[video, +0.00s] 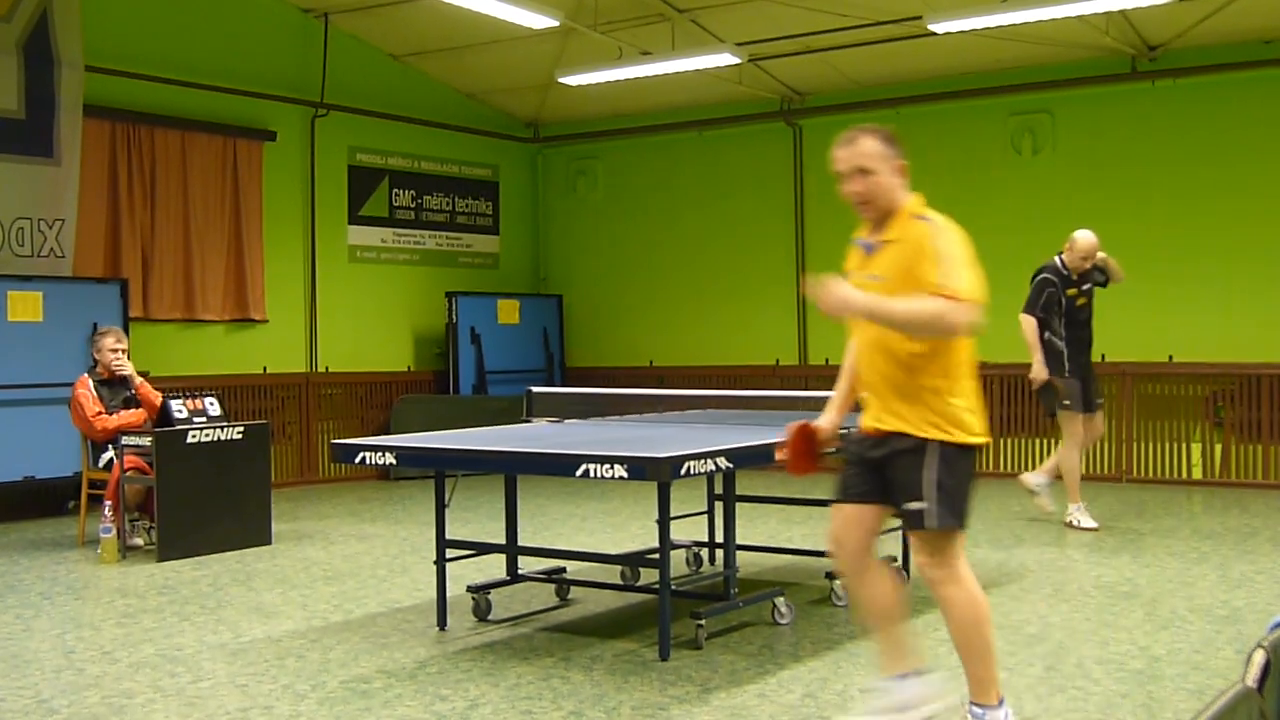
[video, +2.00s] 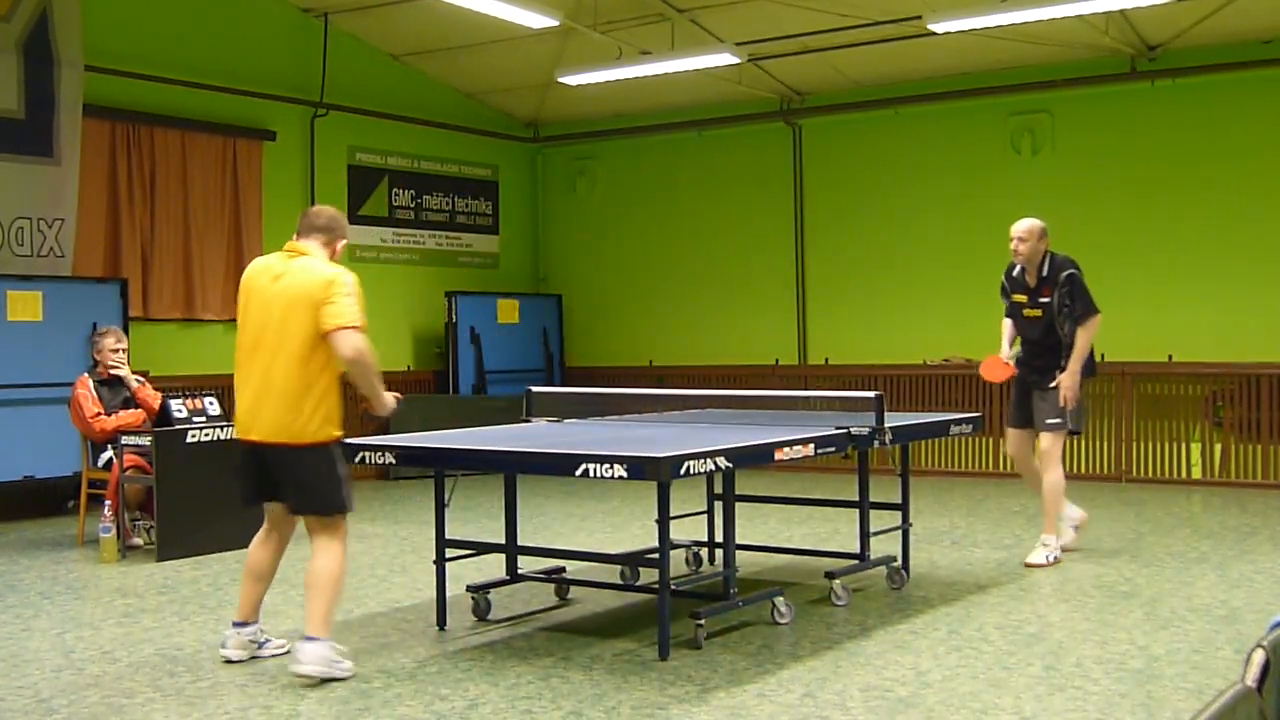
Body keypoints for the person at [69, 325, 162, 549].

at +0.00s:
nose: (120, 357)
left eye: (123, 352)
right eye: (113, 351)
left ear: (128, 355)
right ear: (96, 355)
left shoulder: (133, 381)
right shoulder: (84, 385)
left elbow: (162, 413)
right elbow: (98, 427)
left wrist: (136, 379)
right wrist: (142, 415)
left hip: (147, 446)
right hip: (112, 449)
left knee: (172, 469)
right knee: (135, 475)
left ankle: (152, 521)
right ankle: (129, 521)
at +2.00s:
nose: (121, 356)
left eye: (124, 351)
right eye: (114, 351)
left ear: (128, 354)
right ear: (97, 355)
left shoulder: (137, 381)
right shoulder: (84, 385)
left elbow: (162, 412)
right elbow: (97, 428)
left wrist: (132, 383)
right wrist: (141, 416)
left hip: (146, 445)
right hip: (112, 449)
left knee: (172, 469)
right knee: (135, 475)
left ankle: (153, 519)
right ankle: (131, 518)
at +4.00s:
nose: (120, 356)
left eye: (123, 351)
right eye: (113, 351)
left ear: (128, 354)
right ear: (97, 355)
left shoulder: (138, 381)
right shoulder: (85, 385)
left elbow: (162, 412)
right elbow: (97, 428)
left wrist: (132, 384)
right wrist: (142, 415)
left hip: (147, 446)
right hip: (112, 449)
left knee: (170, 469)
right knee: (133, 474)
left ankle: (152, 521)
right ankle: (131, 520)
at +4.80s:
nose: (120, 357)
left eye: (124, 352)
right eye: (114, 352)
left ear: (128, 354)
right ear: (97, 355)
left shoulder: (137, 382)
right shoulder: (84, 386)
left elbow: (162, 412)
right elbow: (97, 428)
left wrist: (132, 384)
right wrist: (141, 415)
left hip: (146, 446)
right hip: (112, 449)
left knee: (171, 467)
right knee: (134, 474)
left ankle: (152, 520)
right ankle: (131, 519)